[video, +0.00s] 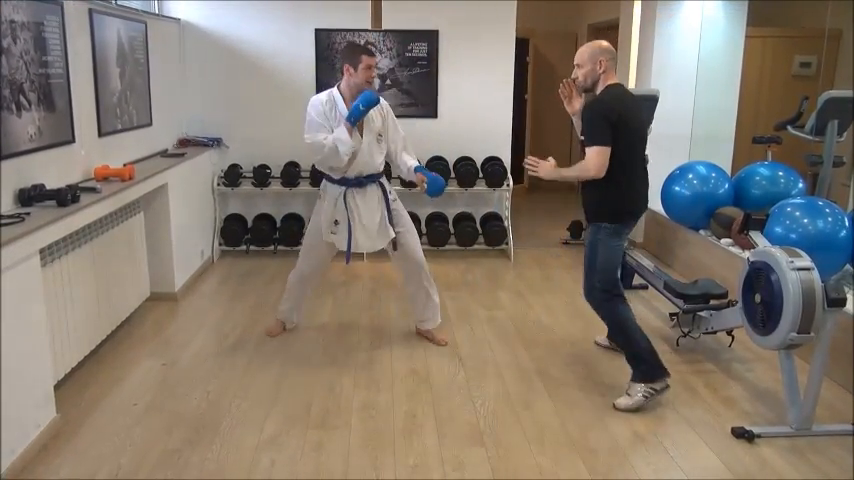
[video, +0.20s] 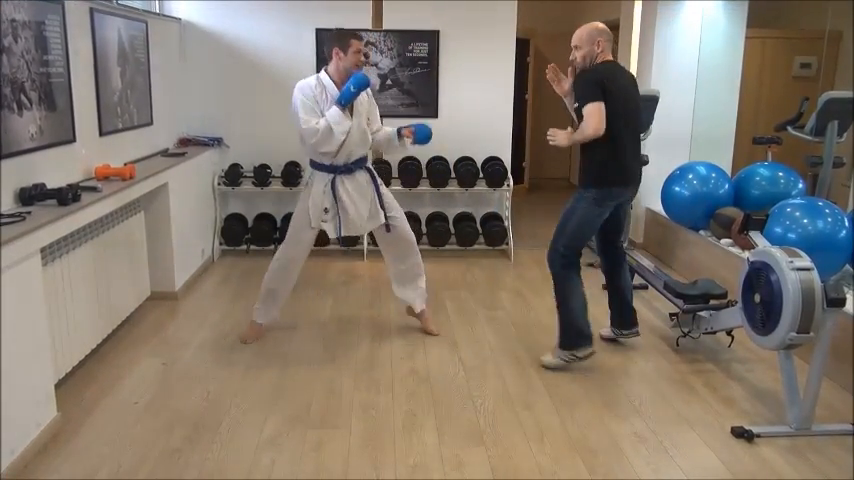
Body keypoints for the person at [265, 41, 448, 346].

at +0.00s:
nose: (374, 75)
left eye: (375, 69)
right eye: (369, 69)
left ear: (362, 71)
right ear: (348, 70)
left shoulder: (379, 107)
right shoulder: (320, 105)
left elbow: (397, 150)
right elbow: (321, 155)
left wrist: (415, 171)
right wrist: (351, 123)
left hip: (378, 191)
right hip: (336, 193)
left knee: (414, 257)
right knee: (308, 265)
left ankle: (426, 323)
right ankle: (286, 318)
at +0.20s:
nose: (363, 61)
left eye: (365, 56)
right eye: (358, 55)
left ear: (345, 57)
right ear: (337, 55)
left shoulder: (362, 91)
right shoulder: (307, 90)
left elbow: (374, 139)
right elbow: (316, 141)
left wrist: (401, 136)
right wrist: (344, 102)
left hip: (363, 177)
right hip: (323, 180)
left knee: (402, 236)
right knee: (292, 250)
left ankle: (418, 303)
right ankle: (261, 316)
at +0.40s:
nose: (352, 81)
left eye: (353, 76)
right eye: (347, 75)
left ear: (339, 77)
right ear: (328, 74)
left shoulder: (352, 111)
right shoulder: (298, 107)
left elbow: (367, 152)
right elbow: (302, 156)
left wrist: (391, 141)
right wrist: (334, 129)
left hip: (352, 193)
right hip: (312, 195)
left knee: (400, 246)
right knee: (287, 265)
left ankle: (408, 316)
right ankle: (255, 323)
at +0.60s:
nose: (360, 87)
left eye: (361, 81)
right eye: (356, 81)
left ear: (338, 80)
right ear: (335, 79)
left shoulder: (357, 115)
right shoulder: (304, 111)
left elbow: (366, 160)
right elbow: (310, 162)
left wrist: (389, 162)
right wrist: (339, 126)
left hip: (358, 196)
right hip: (317, 199)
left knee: (402, 250)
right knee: (286, 271)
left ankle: (411, 318)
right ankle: (255, 324)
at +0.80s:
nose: (339, 87)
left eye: (341, 82)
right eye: (335, 81)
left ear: (335, 83)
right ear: (315, 78)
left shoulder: (339, 113)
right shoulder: (285, 110)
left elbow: (348, 157)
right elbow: (296, 161)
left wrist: (365, 162)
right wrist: (318, 123)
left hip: (339, 195)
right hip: (300, 198)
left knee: (387, 251)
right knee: (274, 270)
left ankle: (409, 319)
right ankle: (255, 326)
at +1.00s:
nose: (334, 88)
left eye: (336, 83)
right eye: (329, 82)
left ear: (335, 85)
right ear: (309, 81)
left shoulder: (339, 117)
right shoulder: (281, 114)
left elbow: (351, 163)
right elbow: (284, 164)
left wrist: (364, 165)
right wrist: (314, 133)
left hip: (338, 197)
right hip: (297, 201)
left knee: (383, 255)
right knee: (275, 276)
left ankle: (405, 320)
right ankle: (257, 329)